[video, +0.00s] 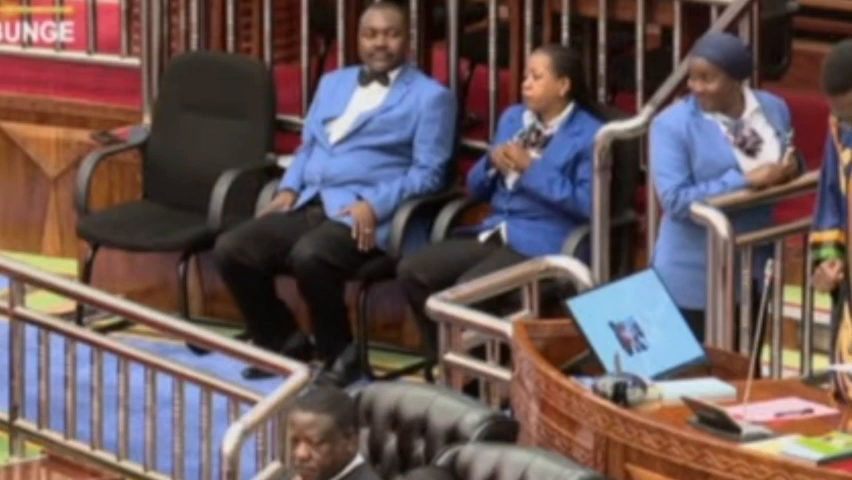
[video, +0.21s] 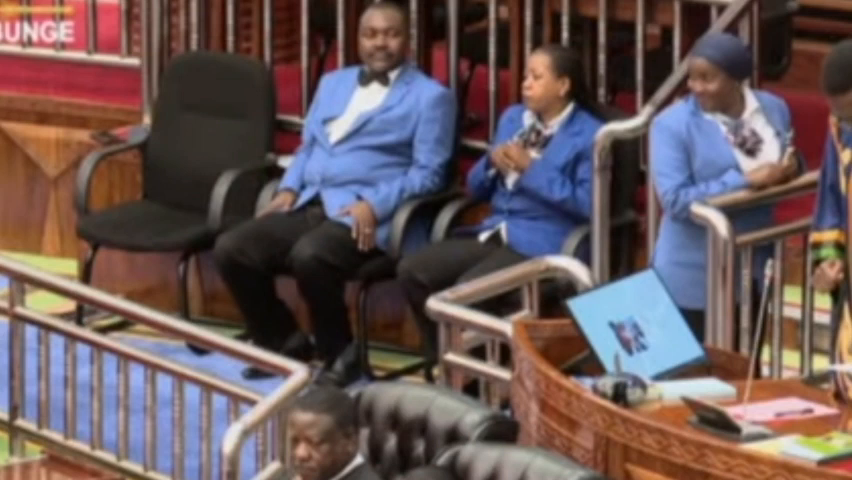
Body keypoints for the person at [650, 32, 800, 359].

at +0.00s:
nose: (695, 87)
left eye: (706, 78)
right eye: (691, 77)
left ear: (736, 79)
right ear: (685, 77)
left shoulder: (773, 109)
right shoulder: (671, 124)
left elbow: (795, 164)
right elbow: (675, 201)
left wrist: (790, 169)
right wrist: (746, 180)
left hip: (751, 272)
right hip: (689, 277)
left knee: (743, 371)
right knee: (690, 372)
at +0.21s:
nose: (695, 87)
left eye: (706, 78)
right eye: (691, 77)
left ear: (736, 79)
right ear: (685, 77)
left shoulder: (773, 109)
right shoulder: (671, 124)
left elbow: (795, 164)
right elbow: (675, 201)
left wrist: (790, 169)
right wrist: (746, 180)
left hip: (751, 272)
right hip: (689, 277)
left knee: (743, 371)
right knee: (690, 372)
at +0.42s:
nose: (698, 84)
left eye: (707, 75)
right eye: (694, 75)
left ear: (739, 73)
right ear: (689, 75)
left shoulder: (789, 111)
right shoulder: (673, 118)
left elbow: (809, 178)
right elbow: (666, 193)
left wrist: (792, 173)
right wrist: (734, 186)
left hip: (757, 276)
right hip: (690, 277)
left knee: (745, 378)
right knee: (687, 376)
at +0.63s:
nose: (701, 78)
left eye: (709, 68)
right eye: (698, 68)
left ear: (741, 68)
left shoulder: (795, 114)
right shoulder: (679, 110)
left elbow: (813, 188)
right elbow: (659, 185)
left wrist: (790, 178)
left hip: (758, 274)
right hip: (689, 272)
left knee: (751, 377)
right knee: (685, 374)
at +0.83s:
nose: (688, 74)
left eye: (697, 64)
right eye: (688, 63)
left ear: (728, 69)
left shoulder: (783, 119)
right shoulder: (676, 105)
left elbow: (809, 186)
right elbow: (654, 183)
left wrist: (774, 178)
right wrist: (648, 256)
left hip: (748, 272)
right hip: (682, 264)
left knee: (742, 370)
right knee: (679, 363)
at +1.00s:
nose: (673, 72)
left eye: (680, 63)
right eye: (672, 63)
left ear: (711, 68)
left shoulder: (767, 119)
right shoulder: (670, 101)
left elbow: (786, 191)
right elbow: (651, 180)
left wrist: (722, 195)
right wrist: (637, 251)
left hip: (734, 273)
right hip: (669, 266)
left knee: (728, 370)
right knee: (661, 359)